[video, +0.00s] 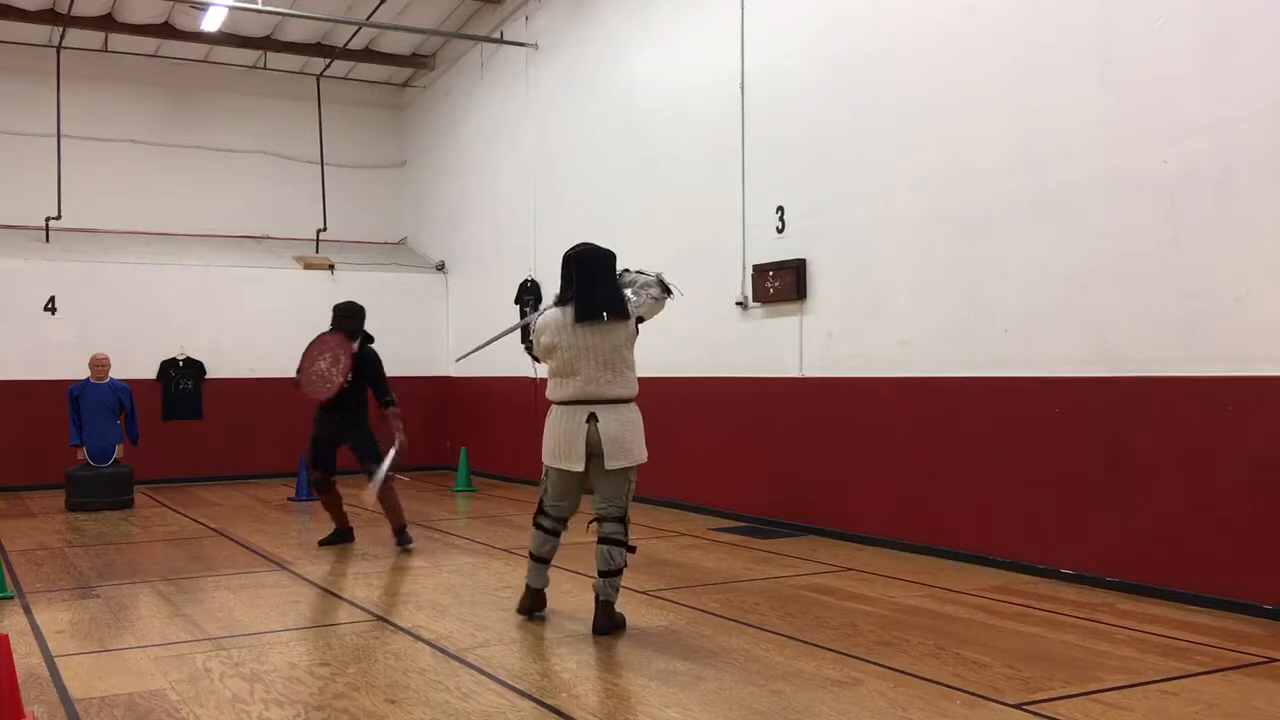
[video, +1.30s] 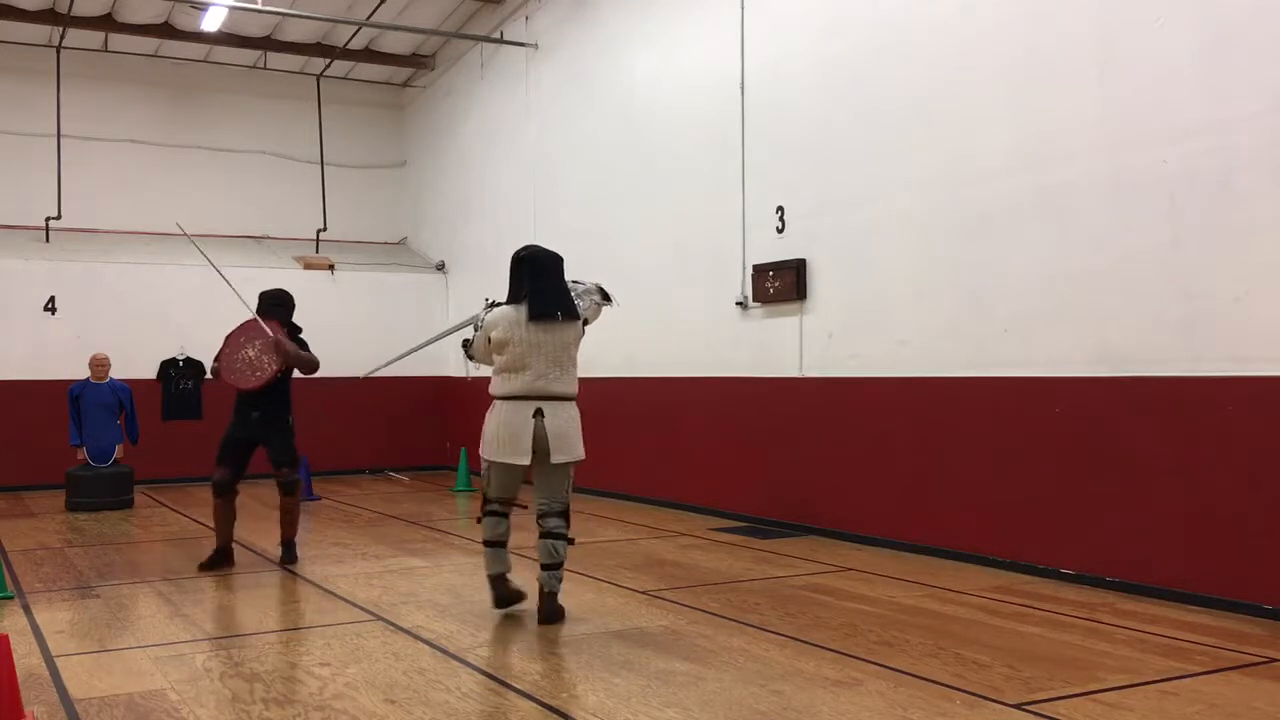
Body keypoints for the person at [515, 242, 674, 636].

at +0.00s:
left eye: (565, 274)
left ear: (567, 279)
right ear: (610, 277)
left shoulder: (551, 321)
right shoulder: (625, 312)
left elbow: (537, 351)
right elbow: (657, 291)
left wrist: (531, 310)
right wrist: (619, 275)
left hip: (566, 427)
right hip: (618, 427)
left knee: (552, 513)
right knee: (612, 517)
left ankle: (533, 593)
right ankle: (605, 610)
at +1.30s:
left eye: (513, 275)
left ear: (516, 278)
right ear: (556, 278)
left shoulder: (500, 319)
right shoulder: (571, 315)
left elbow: (480, 353)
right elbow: (593, 300)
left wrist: (483, 322)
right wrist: (590, 289)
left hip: (508, 422)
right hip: (560, 422)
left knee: (497, 505)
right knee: (553, 511)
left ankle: (499, 585)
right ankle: (550, 601)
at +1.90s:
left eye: (488, 278)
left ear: (491, 281)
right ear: (532, 281)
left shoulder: (475, 321)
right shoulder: (547, 318)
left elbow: (457, 357)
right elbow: (567, 299)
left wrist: (460, 327)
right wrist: (546, 285)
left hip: (484, 425)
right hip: (536, 424)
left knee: (478, 509)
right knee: (538, 509)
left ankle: (472, 594)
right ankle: (547, 600)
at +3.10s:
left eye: (499, 301)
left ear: (501, 304)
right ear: (541, 300)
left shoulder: (487, 346)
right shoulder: (560, 335)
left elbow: (476, 391)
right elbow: (572, 315)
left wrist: (472, 360)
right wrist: (574, 310)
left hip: (503, 441)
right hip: (556, 439)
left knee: (483, 516)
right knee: (574, 512)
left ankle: (457, 592)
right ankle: (591, 580)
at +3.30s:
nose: (546, 303)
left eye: (548, 297)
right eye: (548, 297)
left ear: (551, 301)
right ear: (591, 298)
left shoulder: (536, 343)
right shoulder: (611, 333)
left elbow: (521, 389)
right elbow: (618, 314)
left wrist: (514, 350)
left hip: (545, 440)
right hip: (599, 441)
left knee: (508, 516)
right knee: (612, 519)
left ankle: (466, 588)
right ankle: (646, 591)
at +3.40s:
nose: (576, 301)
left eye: (578, 295)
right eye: (578, 294)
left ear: (584, 301)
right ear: (621, 296)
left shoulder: (572, 339)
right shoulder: (641, 336)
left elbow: (540, 365)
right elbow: (638, 316)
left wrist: (533, 324)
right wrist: (590, 296)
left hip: (573, 439)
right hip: (625, 440)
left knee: (532, 517)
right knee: (621, 520)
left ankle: (492, 591)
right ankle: (646, 595)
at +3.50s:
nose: (603, 291)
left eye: (608, 285)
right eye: (605, 284)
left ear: (616, 292)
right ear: (648, 290)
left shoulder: (602, 330)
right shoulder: (666, 332)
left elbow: (561, 348)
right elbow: (645, 314)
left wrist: (551, 308)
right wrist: (613, 290)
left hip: (602, 434)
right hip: (649, 437)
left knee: (559, 512)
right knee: (629, 518)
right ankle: (646, 597)